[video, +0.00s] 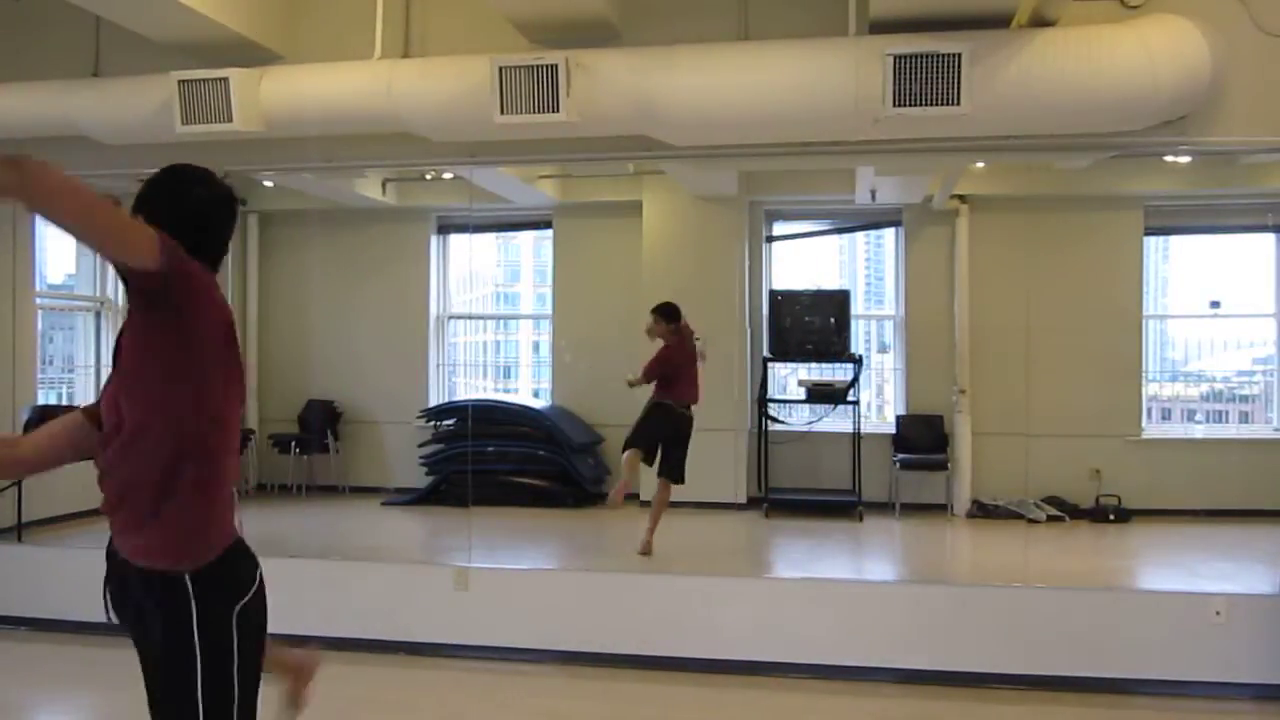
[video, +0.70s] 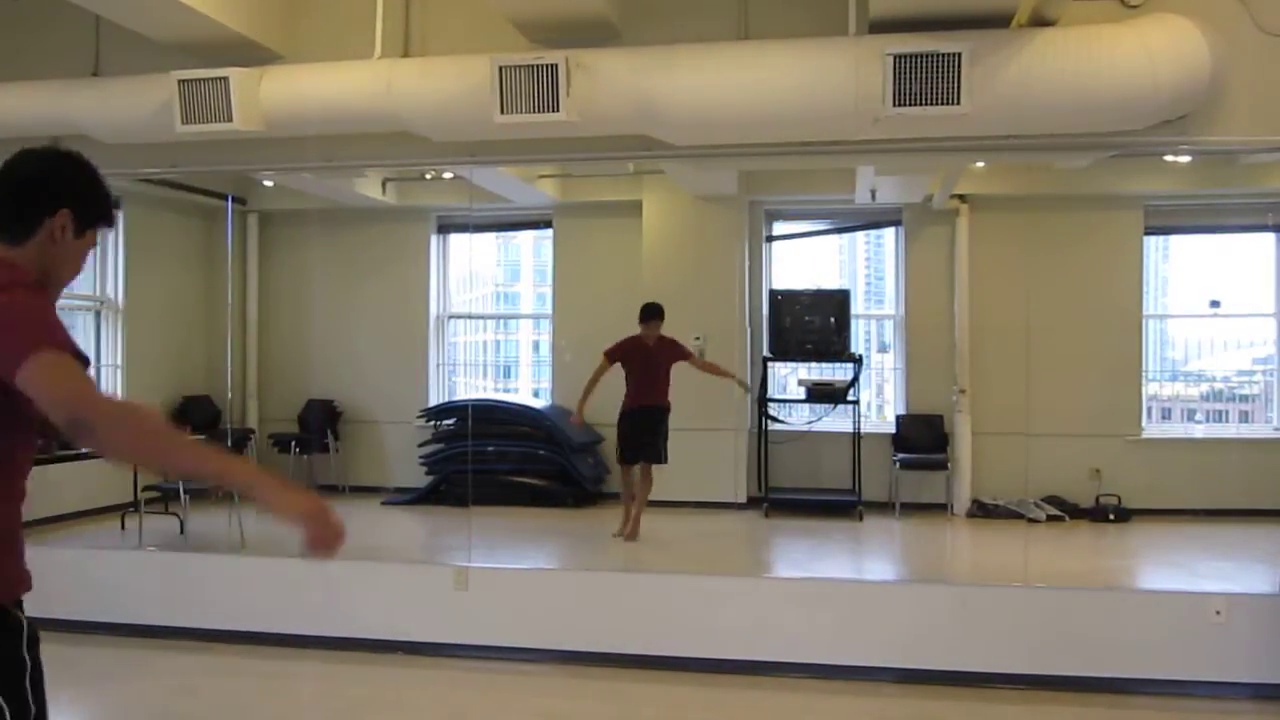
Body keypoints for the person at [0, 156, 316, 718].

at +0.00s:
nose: (122, 231)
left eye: (134, 221)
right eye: (127, 222)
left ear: (159, 231)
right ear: (212, 240)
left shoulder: (186, 291)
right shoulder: (153, 322)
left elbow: (34, 181)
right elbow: (96, 424)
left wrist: (19, 179)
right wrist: (11, 457)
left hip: (195, 589)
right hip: (147, 576)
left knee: (204, 708)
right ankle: (286, 663)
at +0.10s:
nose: (65, 261)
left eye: (72, 241)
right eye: (69, 242)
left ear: (104, 246)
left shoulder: (167, 325)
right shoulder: (104, 366)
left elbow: (81, 362)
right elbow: (40, 480)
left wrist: (8, 450)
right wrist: (10, 514)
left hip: (198, 612)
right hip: (131, 600)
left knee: (206, 713)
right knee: (120, 711)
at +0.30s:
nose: (145, 263)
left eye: (167, 246)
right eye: (126, 239)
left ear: (185, 243)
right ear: (84, 219)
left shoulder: (204, 345)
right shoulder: (14, 316)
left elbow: (205, 503)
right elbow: (1, 473)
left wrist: (190, 644)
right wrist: (16, 509)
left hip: (150, 588)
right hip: (32, 585)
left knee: (201, 706)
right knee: (31, 705)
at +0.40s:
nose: (190, 292)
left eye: (199, 274)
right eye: (184, 268)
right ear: (126, 241)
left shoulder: (150, 351)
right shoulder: (16, 336)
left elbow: (164, 476)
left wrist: (235, 569)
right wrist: (38, 457)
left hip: (94, 611)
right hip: (16, 621)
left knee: (76, 710)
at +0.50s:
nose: (160, 290)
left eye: (168, 274)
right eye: (164, 270)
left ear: (123, 249)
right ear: (120, 245)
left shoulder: (73, 337)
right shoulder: (16, 320)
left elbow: (83, 436)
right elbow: (8, 396)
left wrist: (162, 458)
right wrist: (110, 348)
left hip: (49, 634)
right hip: (11, 644)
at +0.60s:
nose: (127, 263)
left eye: (137, 247)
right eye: (133, 242)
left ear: (94, 216)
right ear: (99, 215)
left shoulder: (36, 283)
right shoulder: (22, 271)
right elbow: (28, 328)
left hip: (22, 599)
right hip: (11, 603)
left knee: (36, 707)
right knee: (30, 709)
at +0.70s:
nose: (84, 264)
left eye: (91, 248)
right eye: (88, 245)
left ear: (48, 225)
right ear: (59, 226)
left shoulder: (14, 294)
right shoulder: (14, 298)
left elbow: (70, 417)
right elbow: (82, 412)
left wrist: (127, 427)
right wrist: (262, 484)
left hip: (8, 603)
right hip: (4, 604)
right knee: (20, 707)